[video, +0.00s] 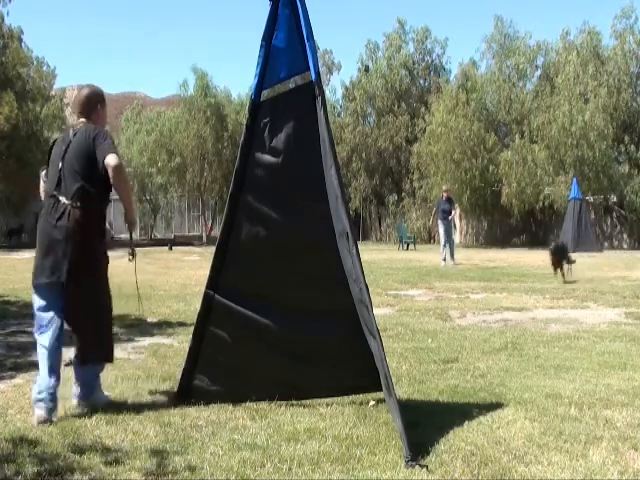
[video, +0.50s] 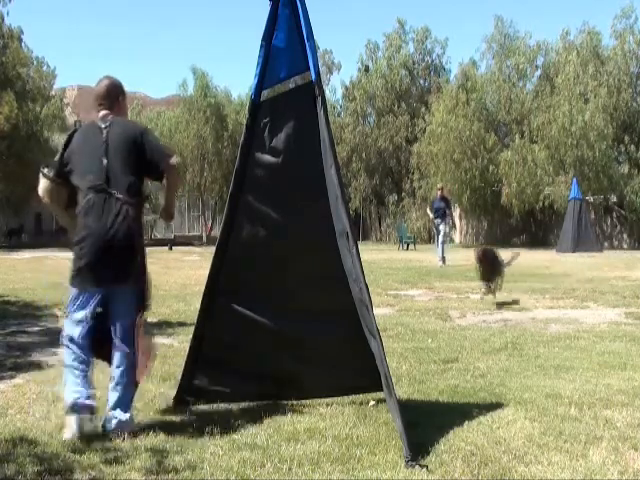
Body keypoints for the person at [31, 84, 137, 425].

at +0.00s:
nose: (107, 114)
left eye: (106, 109)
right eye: (106, 109)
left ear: (73, 111)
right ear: (98, 110)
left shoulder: (58, 141)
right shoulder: (98, 135)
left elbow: (45, 190)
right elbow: (114, 165)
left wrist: (64, 213)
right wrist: (129, 206)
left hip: (48, 236)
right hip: (84, 236)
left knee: (47, 317)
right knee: (90, 313)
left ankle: (43, 401)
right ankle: (89, 391)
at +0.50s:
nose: (129, 106)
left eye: (125, 102)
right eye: (127, 102)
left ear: (94, 106)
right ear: (122, 104)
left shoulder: (77, 136)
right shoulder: (134, 132)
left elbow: (47, 189)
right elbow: (172, 166)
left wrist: (73, 219)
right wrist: (168, 205)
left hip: (89, 240)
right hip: (127, 240)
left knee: (75, 332)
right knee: (125, 335)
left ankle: (77, 405)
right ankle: (119, 418)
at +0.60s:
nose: (135, 108)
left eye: (130, 103)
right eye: (135, 103)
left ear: (103, 106)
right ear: (131, 105)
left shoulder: (86, 140)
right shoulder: (145, 137)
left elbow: (54, 196)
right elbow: (178, 182)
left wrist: (82, 236)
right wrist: (166, 210)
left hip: (101, 239)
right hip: (141, 239)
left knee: (94, 329)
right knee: (151, 319)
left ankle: (87, 425)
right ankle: (153, 394)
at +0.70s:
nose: (136, 109)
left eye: (123, 104)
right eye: (147, 102)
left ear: (118, 106)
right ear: (147, 104)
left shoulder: (104, 139)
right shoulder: (164, 138)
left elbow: (74, 197)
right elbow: (194, 185)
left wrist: (97, 239)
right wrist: (172, 217)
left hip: (120, 247)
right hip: (160, 246)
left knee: (103, 336)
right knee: (172, 327)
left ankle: (87, 426)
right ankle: (206, 398)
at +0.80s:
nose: (154, 105)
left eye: (137, 102)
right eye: (164, 98)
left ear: (135, 101)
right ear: (166, 100)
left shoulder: (129, 135)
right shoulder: (187, 136)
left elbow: (106, 186)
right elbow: (209, 182)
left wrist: (110, 243)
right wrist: (192, 220)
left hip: (147, 251)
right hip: (187, 252)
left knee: (121, 342)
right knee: (200, 343)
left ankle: (90, 427)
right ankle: (229, 420)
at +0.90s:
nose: (154, 105)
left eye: (153, 100)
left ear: (154, 100)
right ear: (182, 99)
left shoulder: (152, 134)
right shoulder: (204, 135)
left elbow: (128, 175)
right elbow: (228, 176)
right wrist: (216, 212)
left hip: (180, 242)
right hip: (216, 242)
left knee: (152, 326)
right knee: (214, 333)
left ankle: (144, 423)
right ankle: (227, 420)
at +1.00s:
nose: (169, 100)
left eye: (168, 94)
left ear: (169, 96)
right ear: (197, 93)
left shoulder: (173, 132)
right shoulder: (220, 131)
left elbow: (150, 184)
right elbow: (239, 176)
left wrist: (148, 245)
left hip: (209, 237)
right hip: (240, 236)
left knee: (182, 328)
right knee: (228, 327)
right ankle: (220, 408)